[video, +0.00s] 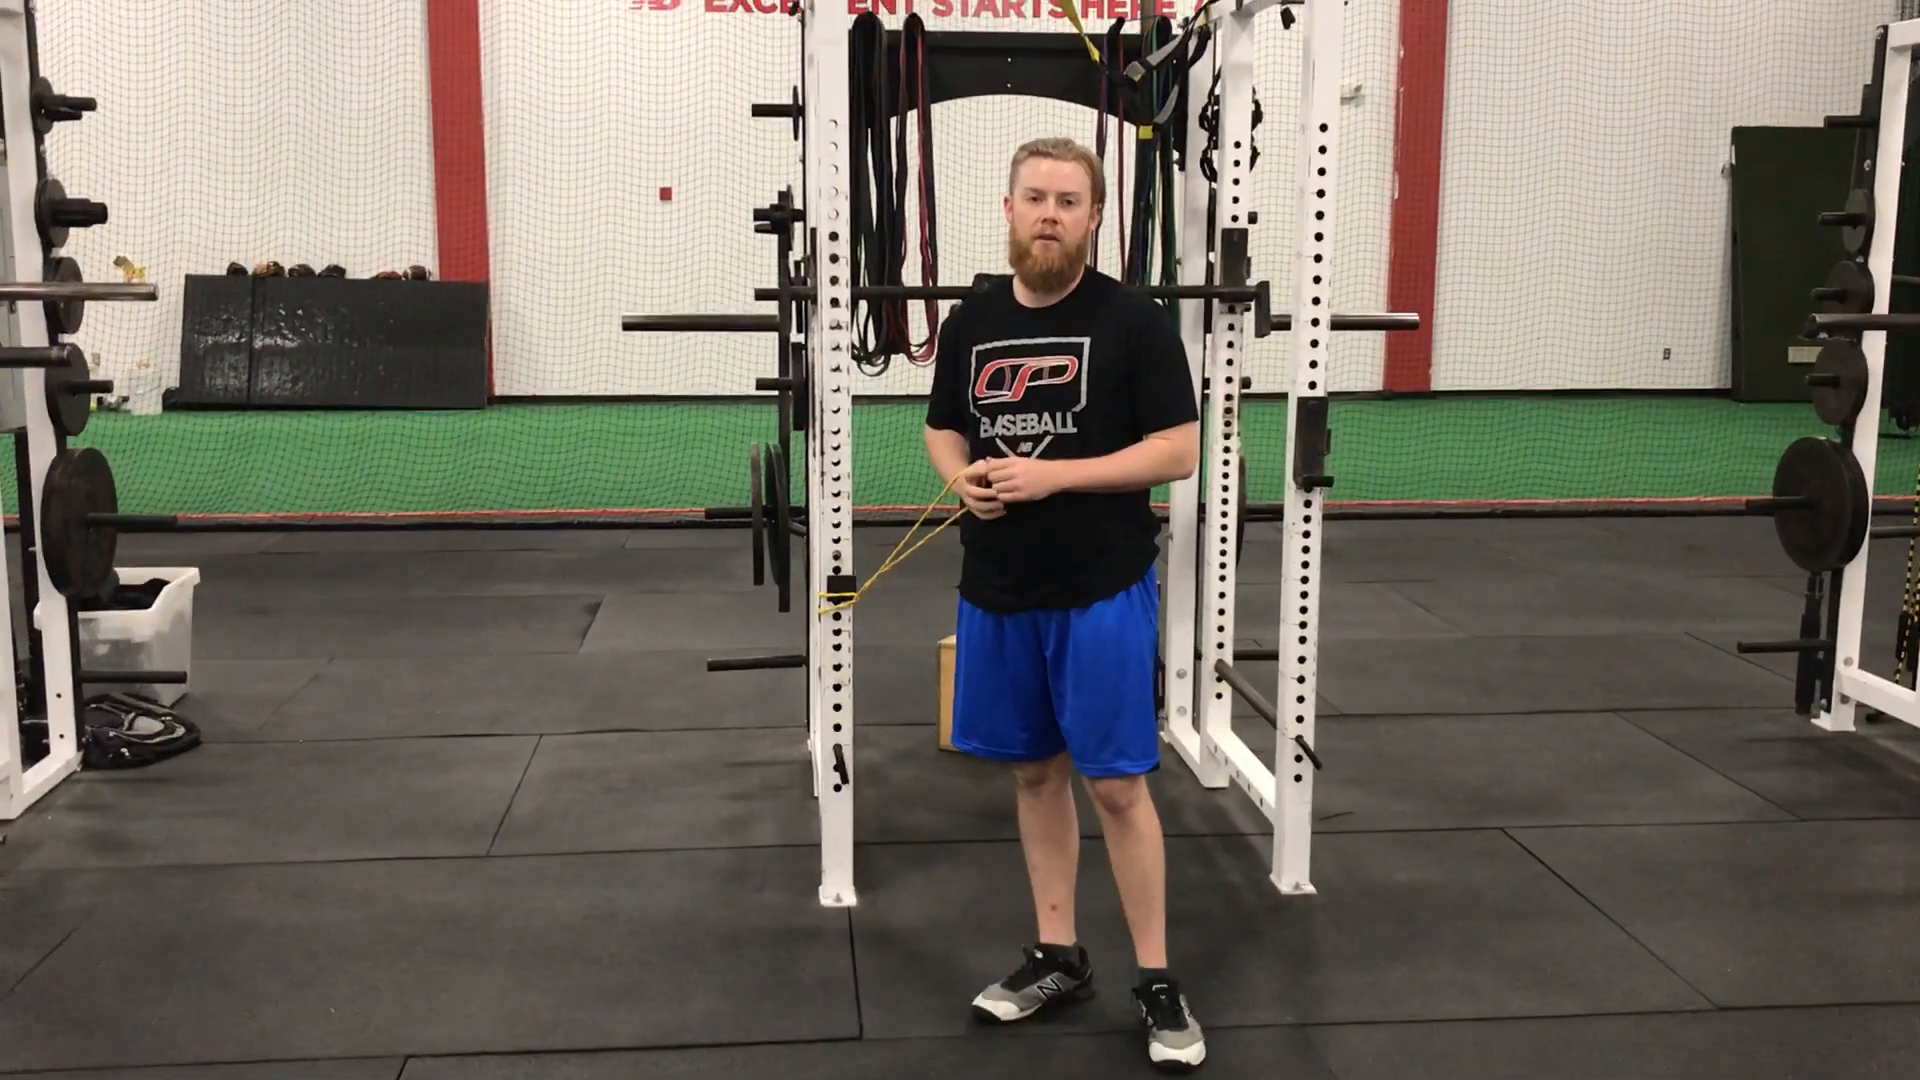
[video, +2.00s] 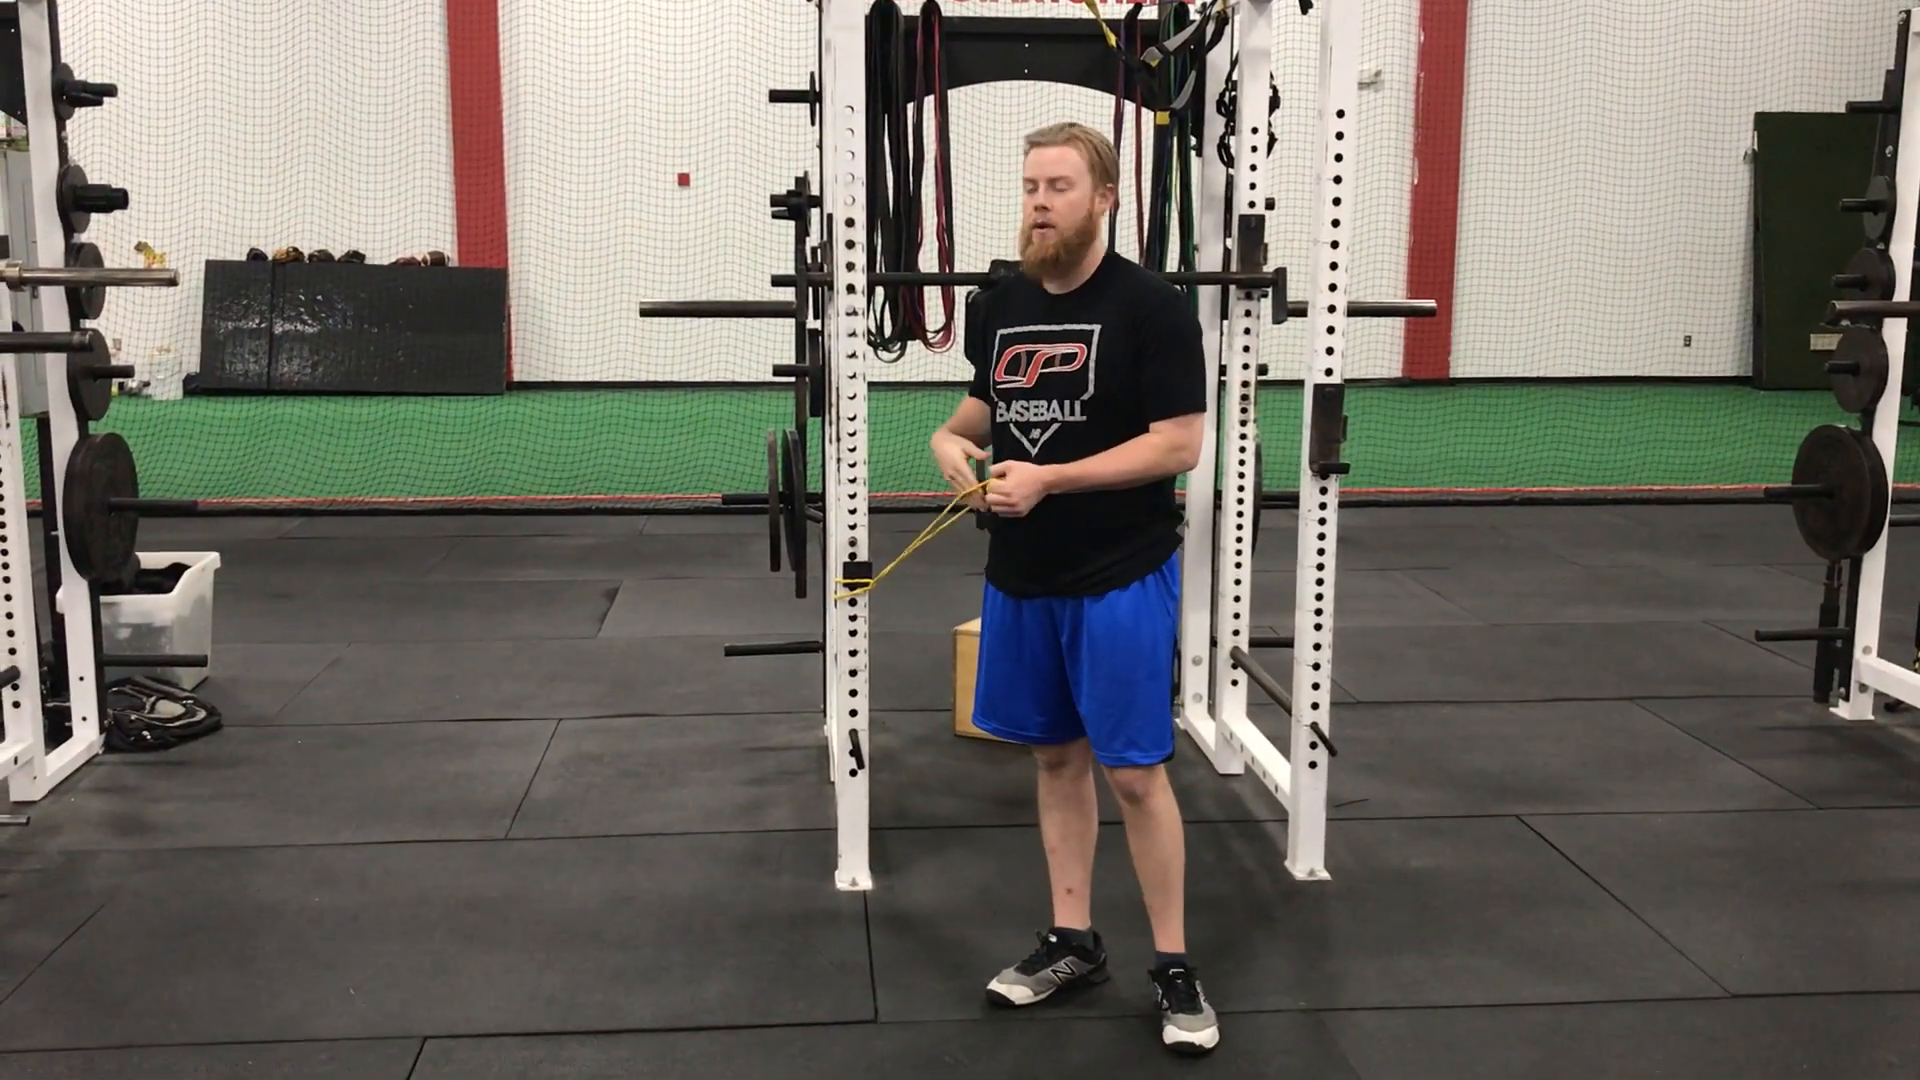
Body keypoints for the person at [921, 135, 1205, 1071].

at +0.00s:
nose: (1050, 214)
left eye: (1068, 201)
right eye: (1035, 197)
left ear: (1094, 218)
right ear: (1007, 210)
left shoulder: (1134, 321)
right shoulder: (972, 320)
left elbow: (1178, 450)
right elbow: (941, 430)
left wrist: (1055, 473)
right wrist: (965, 479)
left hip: (1105, 592)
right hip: (1002, 592)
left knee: (1117, 787)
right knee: (1036, 775)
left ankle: (1155, 981)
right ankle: (1057, 956)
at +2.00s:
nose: (1037, 202)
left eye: (1057, 187)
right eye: (1029, 187)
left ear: (1102, 200)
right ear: (1021, 199)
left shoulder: (1152, 305)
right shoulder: (999, 301)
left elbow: (1182, 442)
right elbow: (986, 408)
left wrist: (1050, 476)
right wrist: (948, 438)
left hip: (1122, 578)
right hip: (1024, 579)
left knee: (1134, 774)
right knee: (1057, 760)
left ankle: (1172, 966)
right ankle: (1072, 940)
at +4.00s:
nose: (1066, 233)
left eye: (1079, 215)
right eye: (1064, 215)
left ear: (1136, 213)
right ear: (1115, 216)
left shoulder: (1210, 318)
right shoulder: (1078, 328)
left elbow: (1228, 459)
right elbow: (1045, 460)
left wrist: (1088, 486)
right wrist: (1018, 591)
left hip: (1185, 598)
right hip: (1089, 597)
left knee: (1198, 781)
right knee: (1099, 772)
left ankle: (1211, 974)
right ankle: (1097, 957)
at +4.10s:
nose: (1070, 227)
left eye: (1086, 208)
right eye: (1066, 210)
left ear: (1142, 209)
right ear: (1099, 214)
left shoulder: (1209, 316)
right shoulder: (1069, 327)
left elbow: (1227, 457)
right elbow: (1038, 460)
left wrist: (1091, 484)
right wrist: (1017, 596)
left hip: (1185, 596)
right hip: (1088, 596)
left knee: (1197, 779)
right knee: (1100, 772)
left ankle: (1213, 973)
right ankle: (1097, 957)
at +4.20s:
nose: (1077, 220)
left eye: (1096, 203)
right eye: (1072, 204)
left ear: (1150, 209)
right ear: (1073, 213)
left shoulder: (1209, 315)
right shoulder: (1063, 325)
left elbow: (1231, 454)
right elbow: (1039, 459)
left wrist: (1093, 485)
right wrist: (1025, 586)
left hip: (1185, 595)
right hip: (1086, 594)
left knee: (1198, 778)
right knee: (1100, 772)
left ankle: (1213, 972)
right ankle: (1098, 957)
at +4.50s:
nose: (1103, 212)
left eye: (1123, 197)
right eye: (1091, 196)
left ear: (1162, 212)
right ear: (1075, 210)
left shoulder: (1210, 318)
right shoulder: (1053, 326)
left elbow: (1234, 454)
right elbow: (1031, 458)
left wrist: (1096, 483)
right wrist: (1026, 578)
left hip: (1186, 596)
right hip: (1080, 596)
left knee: (1199, 779)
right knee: (1098, 774)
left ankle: (1215, 974)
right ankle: (1100, 958)